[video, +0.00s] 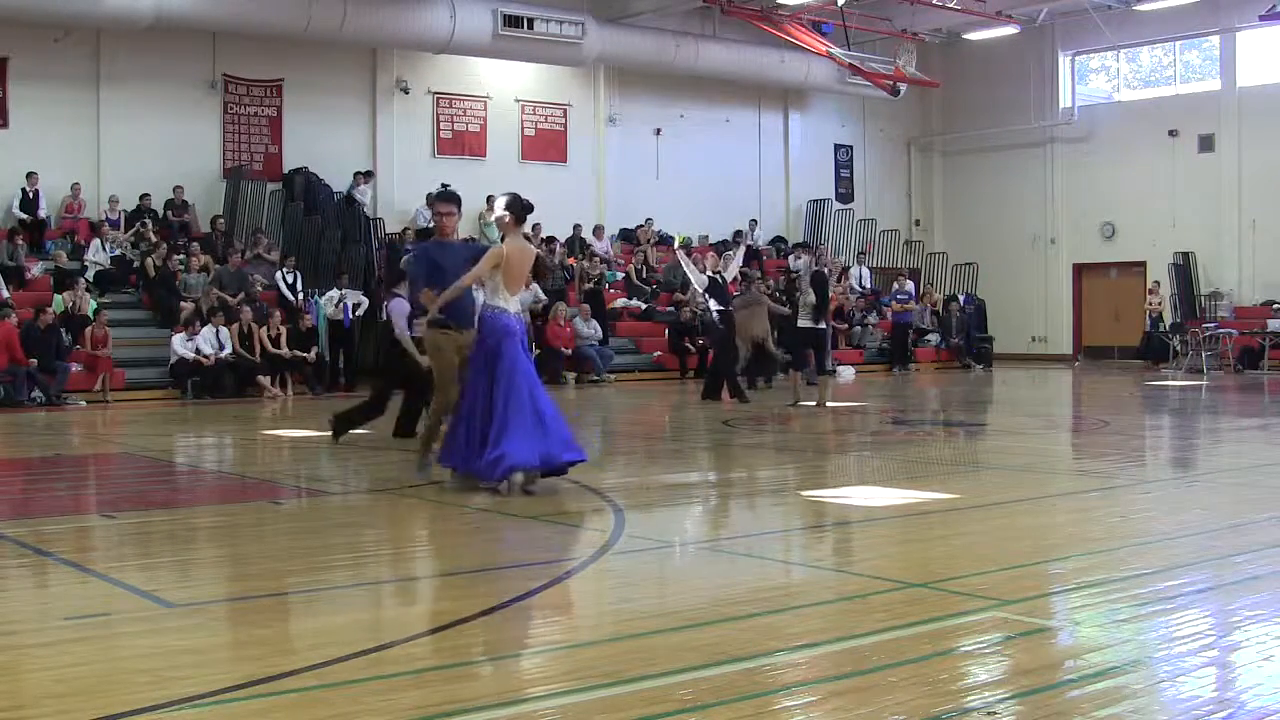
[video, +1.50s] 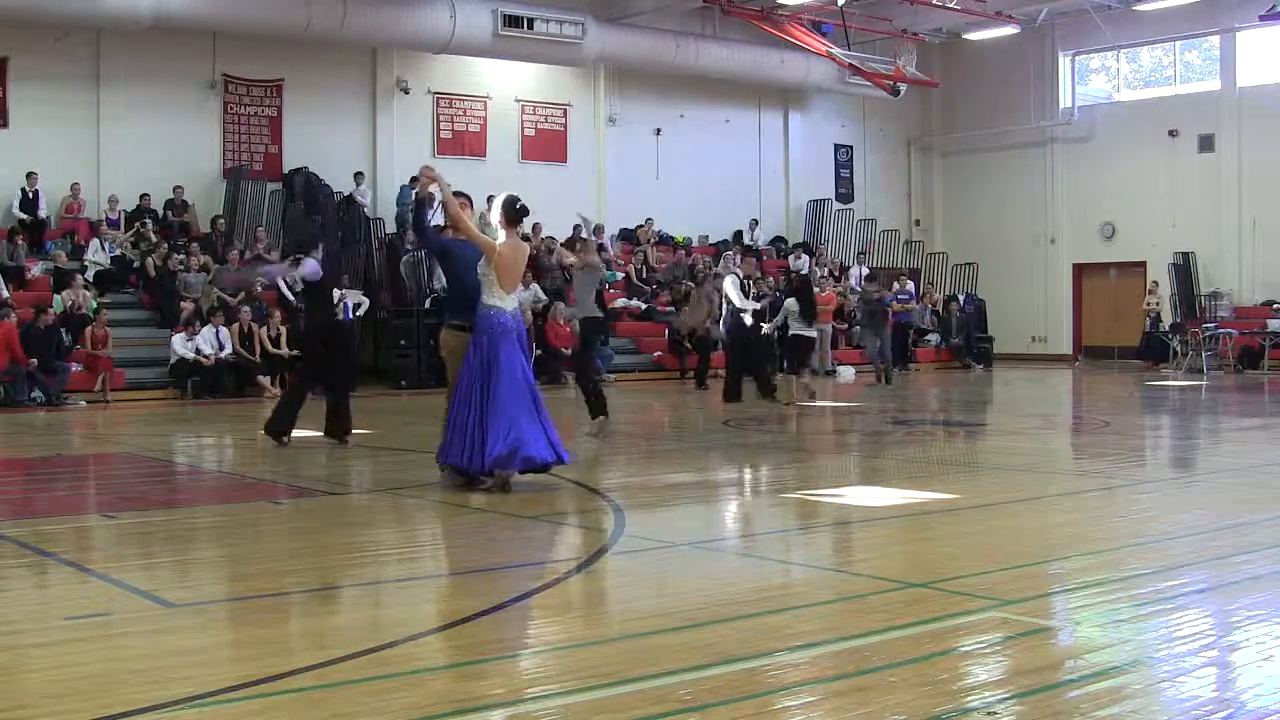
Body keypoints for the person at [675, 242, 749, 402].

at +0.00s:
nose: (713, 259)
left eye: (714, 257)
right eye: (710, 257)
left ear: (718, 261)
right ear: (705, 262)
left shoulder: (724, 277)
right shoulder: (703, 280)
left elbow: (735, 264)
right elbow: (690, 269)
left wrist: (744, 245)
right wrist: (679, 252)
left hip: (729, 316)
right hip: (717, 317)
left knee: (722, 354)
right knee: (728, 353)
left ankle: (711, 392)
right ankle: (737, 392)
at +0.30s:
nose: (718, 261)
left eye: (719, 259)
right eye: (715, 259)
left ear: (721, 262)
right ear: (708, 262)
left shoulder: (725, 279)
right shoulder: (706, 279)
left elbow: (739, 273)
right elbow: (689, 276)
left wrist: (751, 267)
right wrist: (669, 269)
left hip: (729, 317)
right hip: (716, 318)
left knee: (722, 355)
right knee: (724, 355)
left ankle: (710, 392)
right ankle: (738, 393)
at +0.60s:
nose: (729, 263)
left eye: (730, 260)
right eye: (725, 260)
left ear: (729, 262)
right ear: (717, 260)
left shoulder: (725, 281)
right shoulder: (710, 278)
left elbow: (735, 298)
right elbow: (691, 290)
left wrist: (747, 297)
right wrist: (682, 296)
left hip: (727, 323)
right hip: (717, 323)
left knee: (721, 357)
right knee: (727, 355)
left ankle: (710, 392)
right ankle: (738, 392)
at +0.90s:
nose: (737, 264)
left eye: (737, 261)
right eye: (735, 261)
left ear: (730, 261)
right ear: (726, 260)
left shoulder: (729, 278)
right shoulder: (720, 278)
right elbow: (716, 304)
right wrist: (722, 326)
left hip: (728, 326)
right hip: (722, 327)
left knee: (718, 360)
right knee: (733, 360)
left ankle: (709, 392)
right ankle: (733, 394)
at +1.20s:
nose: (746, 266)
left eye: (746, 263)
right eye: (743, 262)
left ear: (736, 264)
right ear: (734, 263)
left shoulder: (731, 280)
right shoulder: (729, 281)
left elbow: (738, 304)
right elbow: (739, 304)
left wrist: (745, 325)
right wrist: (749, 325)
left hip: (729, 323)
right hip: (729, 324)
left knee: (729, 357)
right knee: (733, 357)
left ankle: (726, 389)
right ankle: (732, 392)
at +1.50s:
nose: (753, 266)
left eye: (754, 262)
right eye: (750, 262)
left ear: (754, 264)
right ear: (741, 262)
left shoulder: (748, 282)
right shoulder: (731, 280)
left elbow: (749, 303)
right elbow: (740, 303)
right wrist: (758, 305)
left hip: (747, 324)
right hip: (733, 324)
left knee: (756, 358)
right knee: (735, 362)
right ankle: (732, 396)